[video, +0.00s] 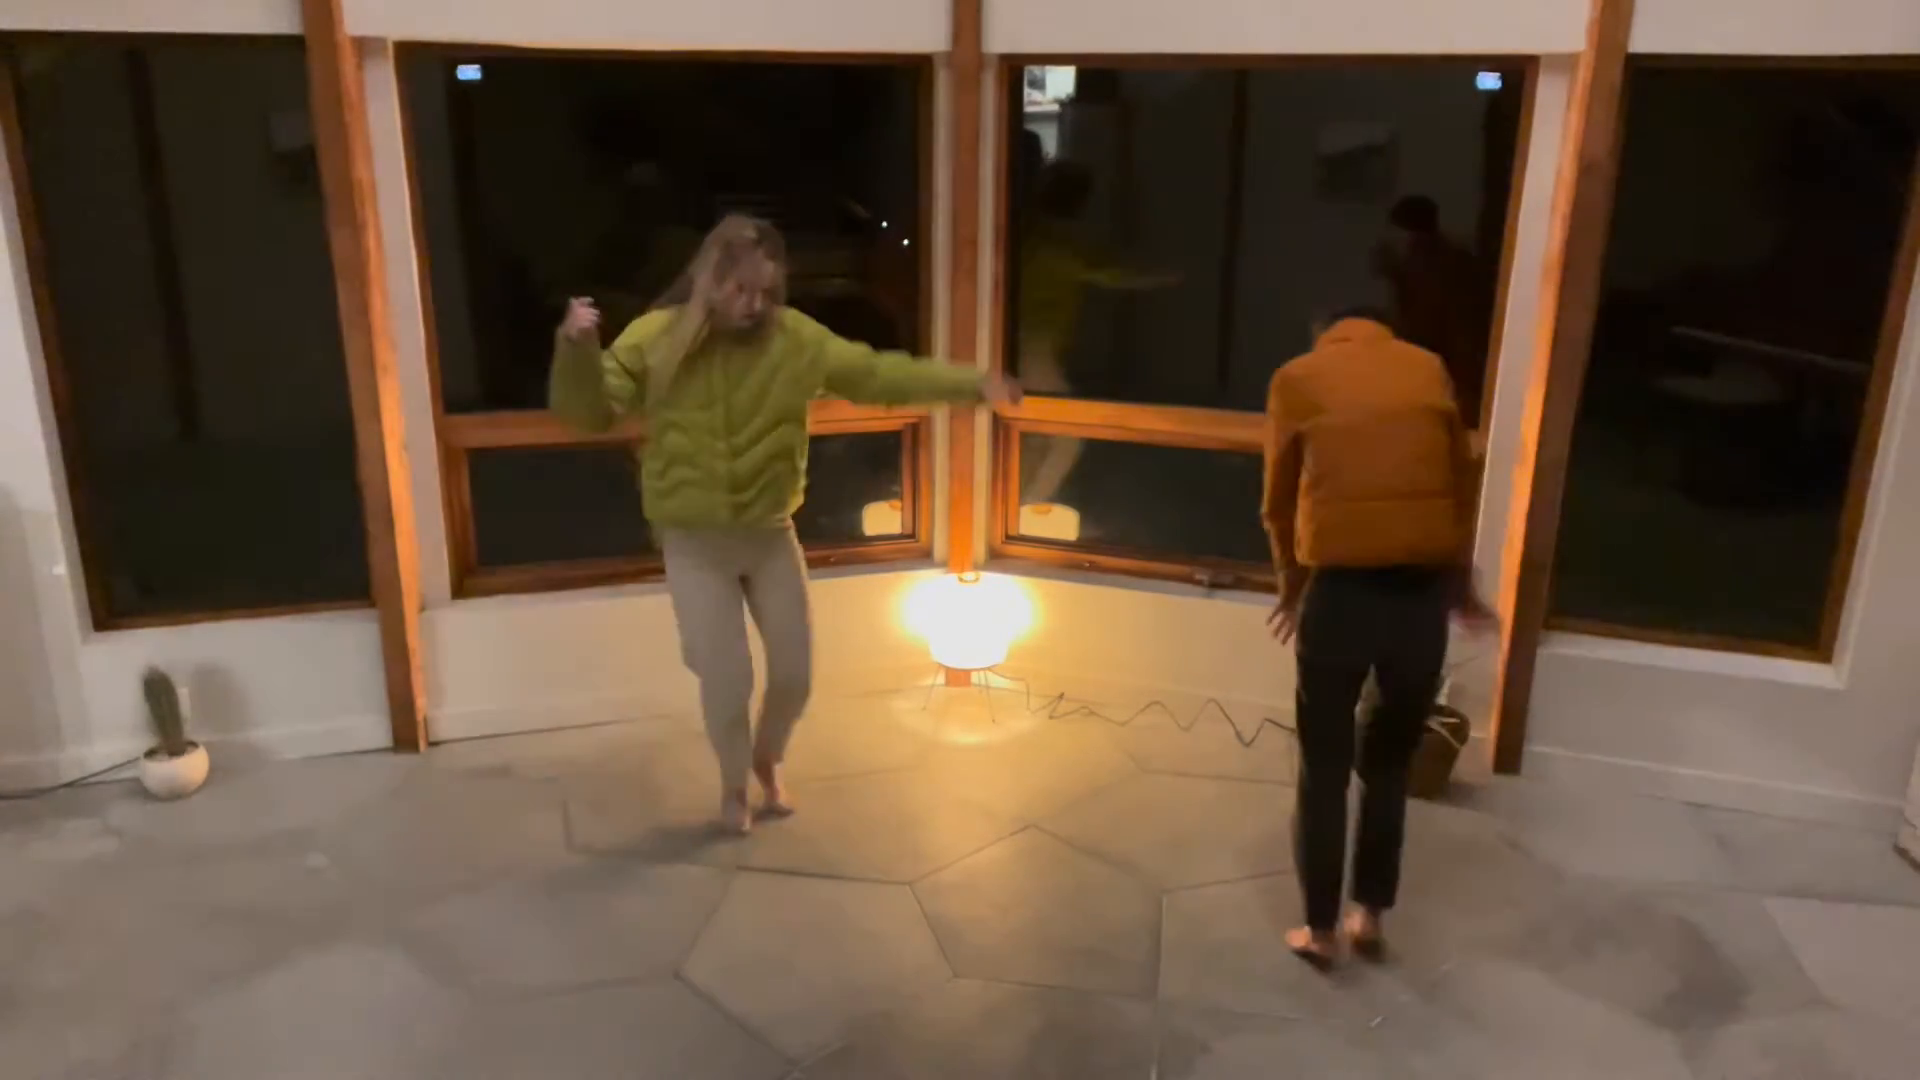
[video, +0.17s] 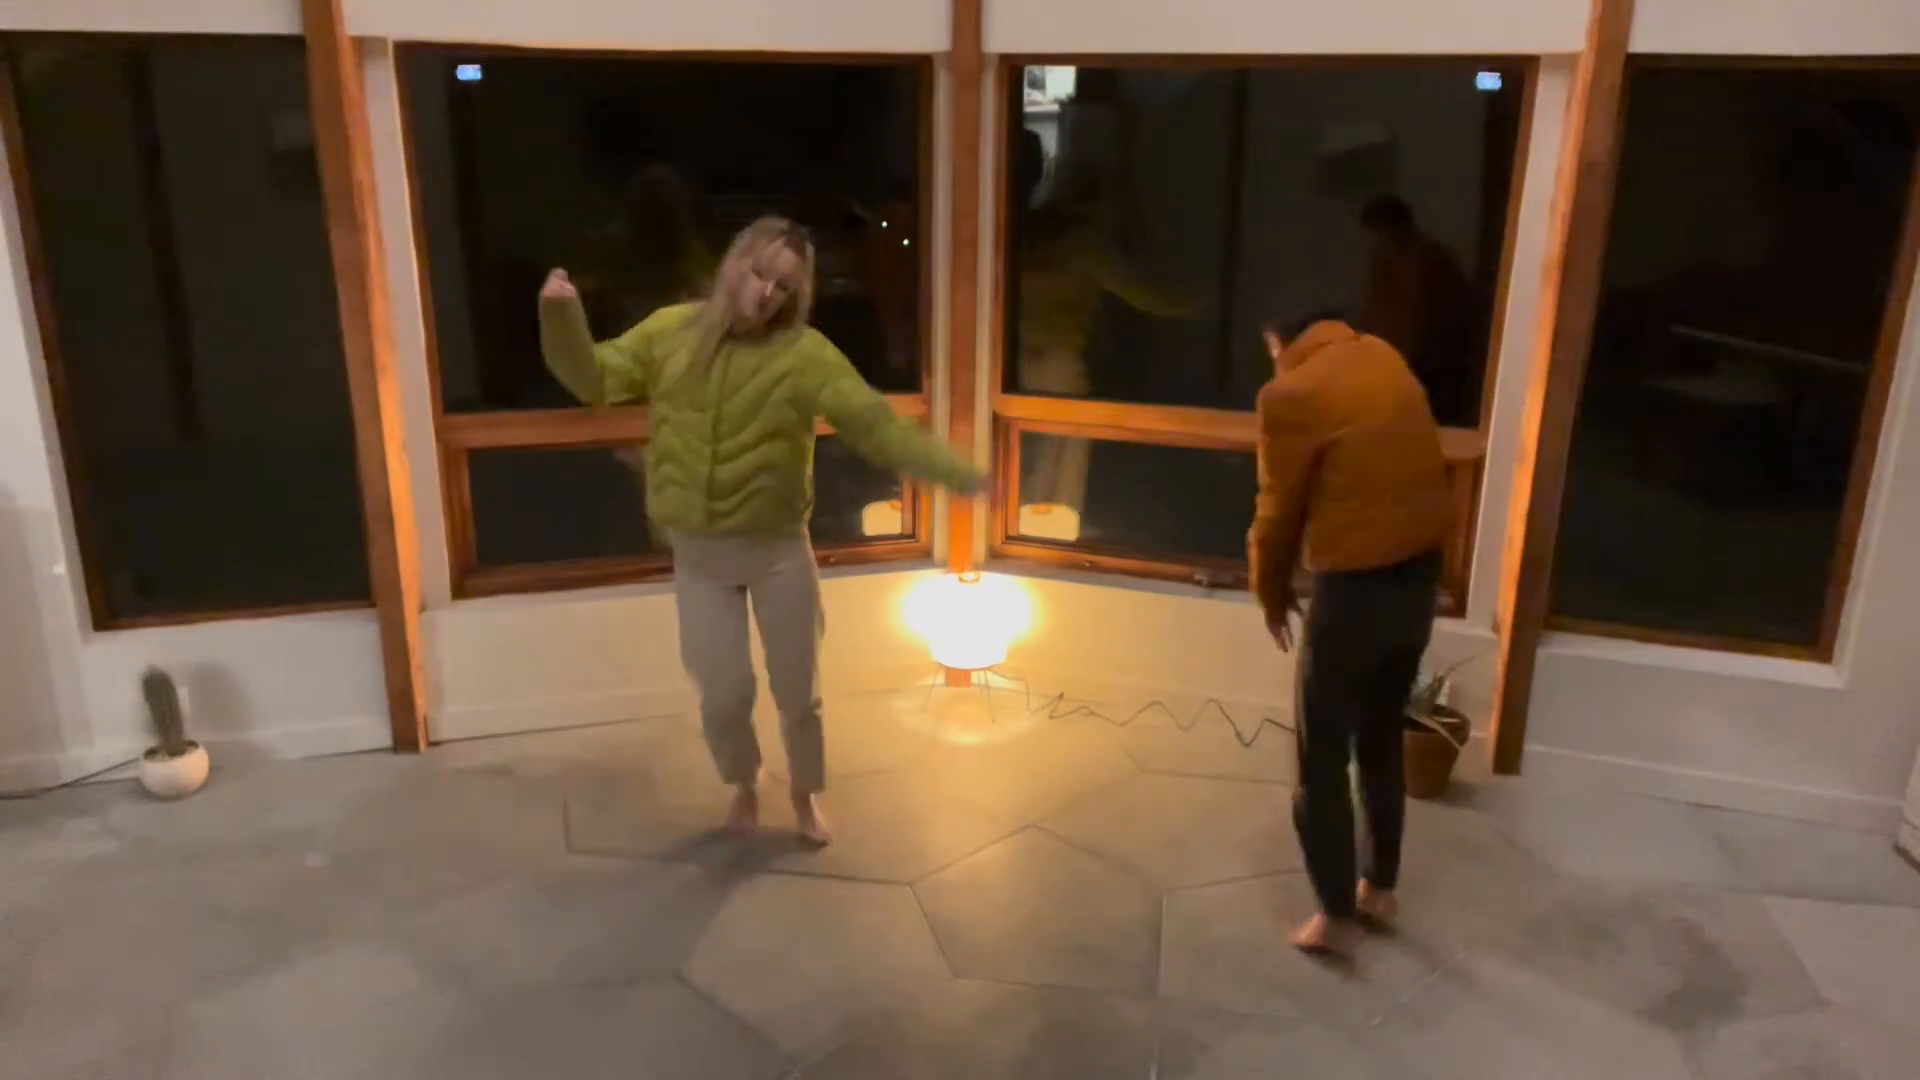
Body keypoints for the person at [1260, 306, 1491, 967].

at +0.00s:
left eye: (1314, 330)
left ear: (1323, 328)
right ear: (1385, 324)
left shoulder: (1297, 378)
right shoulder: (1428, 368)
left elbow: (1278, 499)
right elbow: (1460, 479)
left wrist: (1290, 583)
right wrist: (1462, 576)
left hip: (1338, 590)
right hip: (1420, 593)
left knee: (1323, 759)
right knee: (1389, 756)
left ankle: (1320, 926)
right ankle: (1367, 912)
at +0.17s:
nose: (1272, 362)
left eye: (1270, 349)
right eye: (1269, 349)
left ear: (1282, 340)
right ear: (1333, 323)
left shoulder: (1289, 395)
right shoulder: (1386, 359)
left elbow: (1279, 509)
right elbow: (1433, 471)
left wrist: (1273, 596)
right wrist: (1439, 568)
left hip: (1348, 586)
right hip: (1415, 578)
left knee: (1322, 752)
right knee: (1382, 733)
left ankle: (1335, 912)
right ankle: (1380, 886)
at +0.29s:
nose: (1252, 362)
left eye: (1250, 349)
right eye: (1248, 349)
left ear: (1268, 343)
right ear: (1309, 322)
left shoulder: (1302, 407)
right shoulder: (1358, 362)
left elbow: (1280, 518)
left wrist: (1249, 604)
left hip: (1351, 588)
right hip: (1383, 576)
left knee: (1319, 745)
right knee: (1332, 733)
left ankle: (1337, 882)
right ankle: (1366, 866)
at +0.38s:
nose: (1251, 368)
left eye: (1255, 357)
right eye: (1248, 355)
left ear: (1287, 354)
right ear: (1298, 339)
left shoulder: (1330, 416)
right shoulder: (1324, 365)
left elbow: (1289, 538)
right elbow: (1270, 474)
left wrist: (1241, 622)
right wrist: (1244, 549)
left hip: (1353, 591)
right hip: (1318, 581)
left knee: (1319, 739)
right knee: (1277, 726)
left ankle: (1336, 890)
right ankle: (1302, 857)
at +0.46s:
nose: (1256, 366)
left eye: (1264, 356)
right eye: (1254, 353)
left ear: (1302, 351)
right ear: (1283, 343)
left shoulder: (1350, 415)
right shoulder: (1298, 372)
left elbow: (1300, 540)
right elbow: (1253, 463)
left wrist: (1250, 636)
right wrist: (1231, 547)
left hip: (1350, 587)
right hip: (1295, 575)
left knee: (1317, 738)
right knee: (1267, 726)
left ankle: (1334, 885)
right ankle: (1265, 851)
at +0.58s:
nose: (1302, 357)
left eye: (1320, 352)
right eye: (1302, 342)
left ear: (1357, 351)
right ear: (1297, 329)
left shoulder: (1385, 412)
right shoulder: (1281, 343)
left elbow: (1345, 541)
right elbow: (1231, 433)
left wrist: (1317, 659)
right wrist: (1220, 539)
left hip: (1337, 577)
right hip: (1274, 562)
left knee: (1311, 731)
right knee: (1257, 724)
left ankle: (1303, 871)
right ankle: (1266, 853)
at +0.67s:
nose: (1331, 355)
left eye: (1349, 347)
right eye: (1329, 337)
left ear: (1383, 350)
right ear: (1321, 320)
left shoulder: (1399, 415)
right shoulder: (1287, 337)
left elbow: (1374, 538)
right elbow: (1226, 431)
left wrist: (1369, 657)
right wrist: (1222, 540)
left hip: (1332, 574)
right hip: (1260, 561)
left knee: (1309, 725)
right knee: (1248, 714)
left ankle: (1286, 864)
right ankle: (1261, 848)